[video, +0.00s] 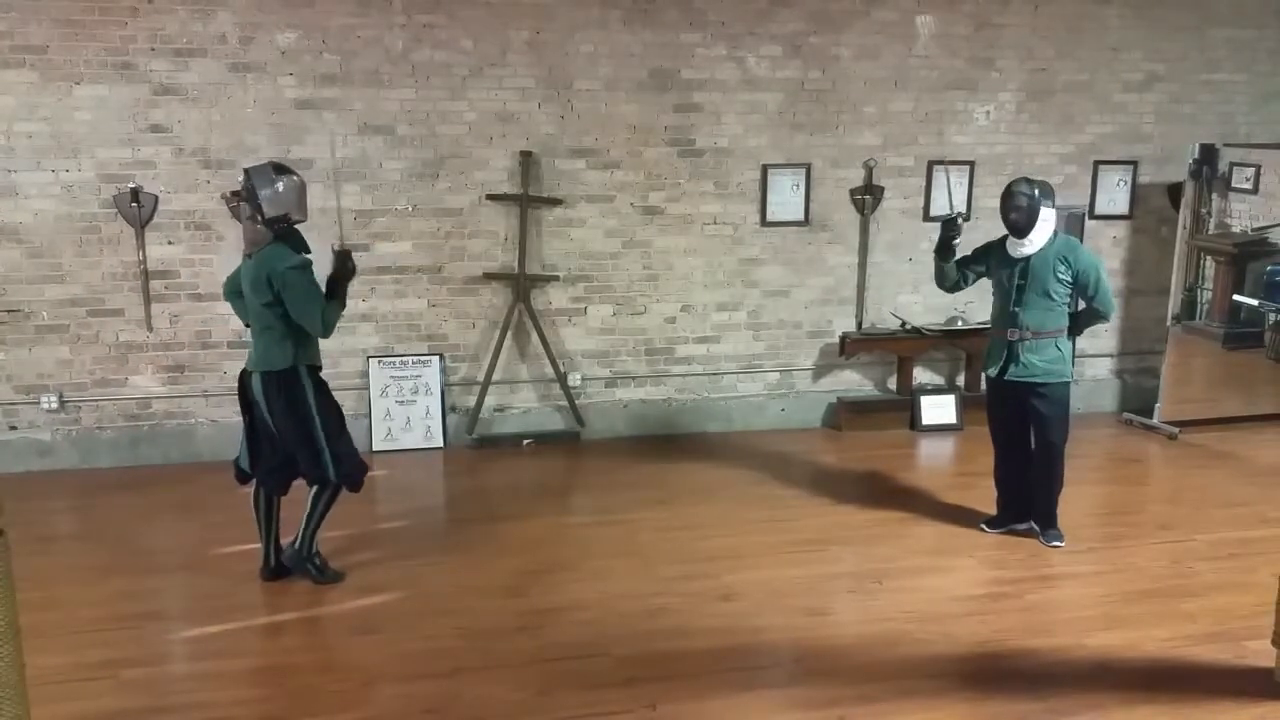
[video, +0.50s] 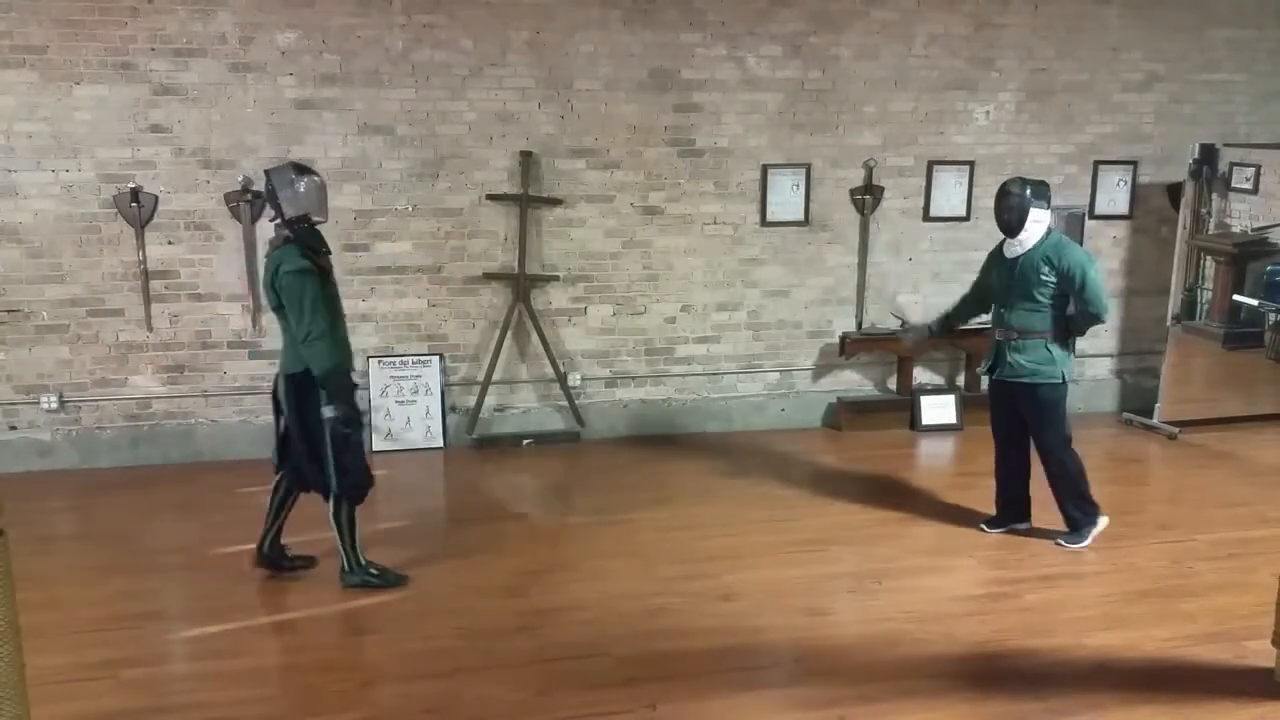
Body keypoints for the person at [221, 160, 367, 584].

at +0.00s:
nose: (300, 206)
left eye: (243, 208)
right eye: (294, 200)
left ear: (257, 215)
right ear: (286, 210)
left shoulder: (257, 258)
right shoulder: (287, 261)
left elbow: (231, 288)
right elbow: (323, 323)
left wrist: (261, 325)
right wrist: (339, 280)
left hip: (258, 376)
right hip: (293, 377)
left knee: (268, 467)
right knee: (337, 467)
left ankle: (271, 557)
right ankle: (304, 548)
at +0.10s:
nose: (304, 205)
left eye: (301, 197)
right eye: (298, 199)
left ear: (259, 214)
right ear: (288, 208)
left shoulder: (257, 260)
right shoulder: (288, 263)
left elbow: (236, 291)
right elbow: (312, 330)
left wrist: (269, 327)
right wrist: (351, 298)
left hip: (258, 379)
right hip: (293, 380)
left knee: (270, 469)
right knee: (336, 468)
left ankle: (271, 557)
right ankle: (317, 555)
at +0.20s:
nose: (308, 207)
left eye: (304, 199)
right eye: (301, 200)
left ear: (264, 212)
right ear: (290, 208)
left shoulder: (260, 263)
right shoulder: (290, 266)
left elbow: (272, 331)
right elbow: (306, 338)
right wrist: (363, 328)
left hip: (263, 378)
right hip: (295, 379)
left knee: (274, 469)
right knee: (335, 470)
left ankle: (272, 557)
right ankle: (339, 562)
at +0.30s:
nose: (312, 209)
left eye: (307, 202)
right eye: (306, 202)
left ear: (270, 210)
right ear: (297, 208)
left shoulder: (267, 259)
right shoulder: (291, 265)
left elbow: (279, 332)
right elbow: (305, 341)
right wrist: (363, 364)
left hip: (270, 378)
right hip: (295, 380)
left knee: (277, 469)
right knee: (331, 470)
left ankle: (272, 557)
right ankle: (352, 565)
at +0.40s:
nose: (317, 202)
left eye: (312, 195)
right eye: (310, 196)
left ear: (275, 206)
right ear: (299, 203)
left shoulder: (277, 256)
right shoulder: (295, 263)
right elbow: (310, 339)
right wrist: (354, 389)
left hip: (282, 378)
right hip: (304, 381)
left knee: (287, 469)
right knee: (335, 471)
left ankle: (272, 554)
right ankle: (354, 565)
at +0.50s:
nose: (321, 200)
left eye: (317, 192)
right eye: (314, 193)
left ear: (281, 204)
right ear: (301, 200)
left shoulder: (292, 251)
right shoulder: (297, 259)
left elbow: (306, 328)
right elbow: (314, 333)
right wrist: (338, 393)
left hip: (300, 378)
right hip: (314, 380)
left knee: (297, 467)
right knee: (344, 472)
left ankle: (270, 546)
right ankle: (354, 565)